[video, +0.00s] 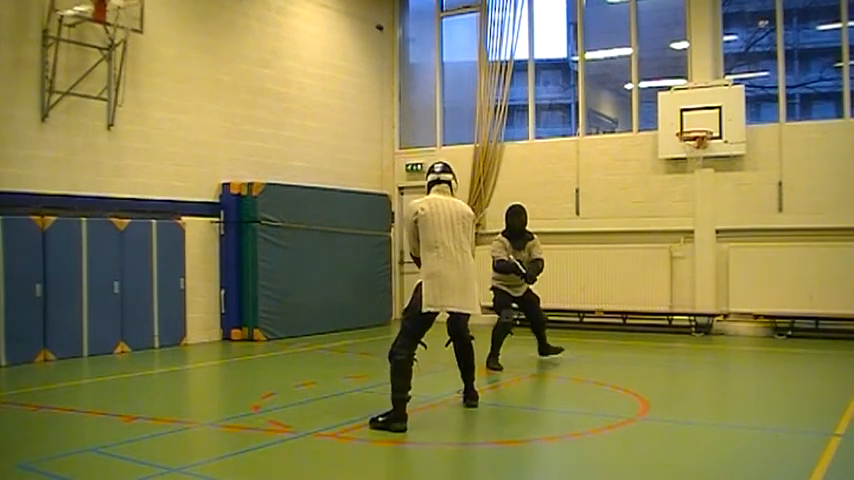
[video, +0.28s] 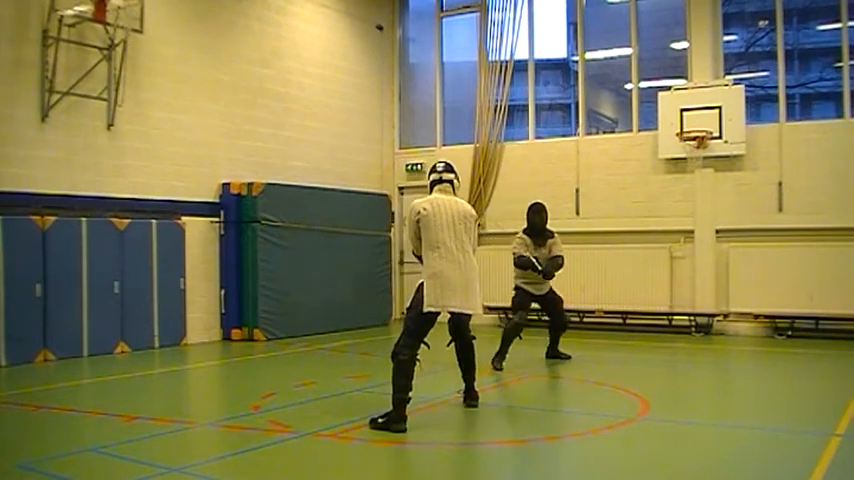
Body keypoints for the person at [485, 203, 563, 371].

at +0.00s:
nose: (517, 223)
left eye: (520, 219)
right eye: (513, 219)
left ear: (526, 221)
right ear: (507, 221)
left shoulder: (532, 240)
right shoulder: (500, 242)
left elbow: (538, 261)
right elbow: (498, 264)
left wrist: (530, 272)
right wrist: (515, 266)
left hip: (523, 289)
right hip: (502, 288)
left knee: (537, 316)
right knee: (506, 318)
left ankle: (543, 345)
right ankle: (493, 356)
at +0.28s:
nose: (538, 219)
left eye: (541, 215)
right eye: (534, 215)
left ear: (547, 218)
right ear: (528, 218)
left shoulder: (553, 238)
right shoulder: (521, 239)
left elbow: (558, 259)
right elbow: (518, 260)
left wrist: (549, 268)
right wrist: (531, 263)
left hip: (544, 288)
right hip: (524, 288)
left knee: (559, 319)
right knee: (519, 320)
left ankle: (553, 349)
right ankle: (500, 355)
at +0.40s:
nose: (545, 218)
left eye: (548, 214)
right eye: (541, 214)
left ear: (554, 216)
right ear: (536, 217)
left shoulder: (562, 236)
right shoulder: (530, 237)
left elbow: (568, 258)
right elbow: (526, 260)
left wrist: (557, 267)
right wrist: (544, 266)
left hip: (553, 286)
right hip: (534, 285)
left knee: (566, 321)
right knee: (533, 314)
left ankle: (553, 350)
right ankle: (516, 352)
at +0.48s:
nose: (550, 218)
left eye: (553, 214)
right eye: (546, 214)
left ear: (559, 215)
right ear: (540, 217)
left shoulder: (567, 235)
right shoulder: (535, 236)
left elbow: (573, 256)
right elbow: (531, 259)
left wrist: (562, 267)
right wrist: (549, 267)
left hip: (558, 285)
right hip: (539, 283)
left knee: (568, 323)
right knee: (540, 310)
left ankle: (554, 349)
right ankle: (533, 348)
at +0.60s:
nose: (556, 218)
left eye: (560, 214)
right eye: (553, 214)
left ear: (565, 215)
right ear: (546, 217)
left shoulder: (573, 235)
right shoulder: (541, 237)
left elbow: (579, 257)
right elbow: (536, 259)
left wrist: (565, 267)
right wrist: (553, 268)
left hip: (566, 287)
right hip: (547, 286)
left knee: (571, 324)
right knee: (551, 318)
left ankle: (553, 348)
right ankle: (554, 352)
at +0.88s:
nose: (571, 225)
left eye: (574, 221)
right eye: (567, 222)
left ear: (577, 220)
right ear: (560, 222)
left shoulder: (586, 236)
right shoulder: (553, 240)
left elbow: (593, 259)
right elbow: (549, 263)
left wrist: (580, 266)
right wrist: (562, 263)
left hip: (579, 286)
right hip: (560, 287)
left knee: (595, 317)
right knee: (566, 320)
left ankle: (575, 337)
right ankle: (561, 353)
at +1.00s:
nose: (577, 230)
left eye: (580, 225)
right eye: (574, 226)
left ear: (586, 221)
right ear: (568, 223)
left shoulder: (594, 237)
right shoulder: (562, 239)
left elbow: (601, 261)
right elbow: (556, 263)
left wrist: (588, 268)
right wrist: (575, 265)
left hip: (586, 286)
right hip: (565, 287)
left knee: (605, 316)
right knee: (571, 320)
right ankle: (562, 354)